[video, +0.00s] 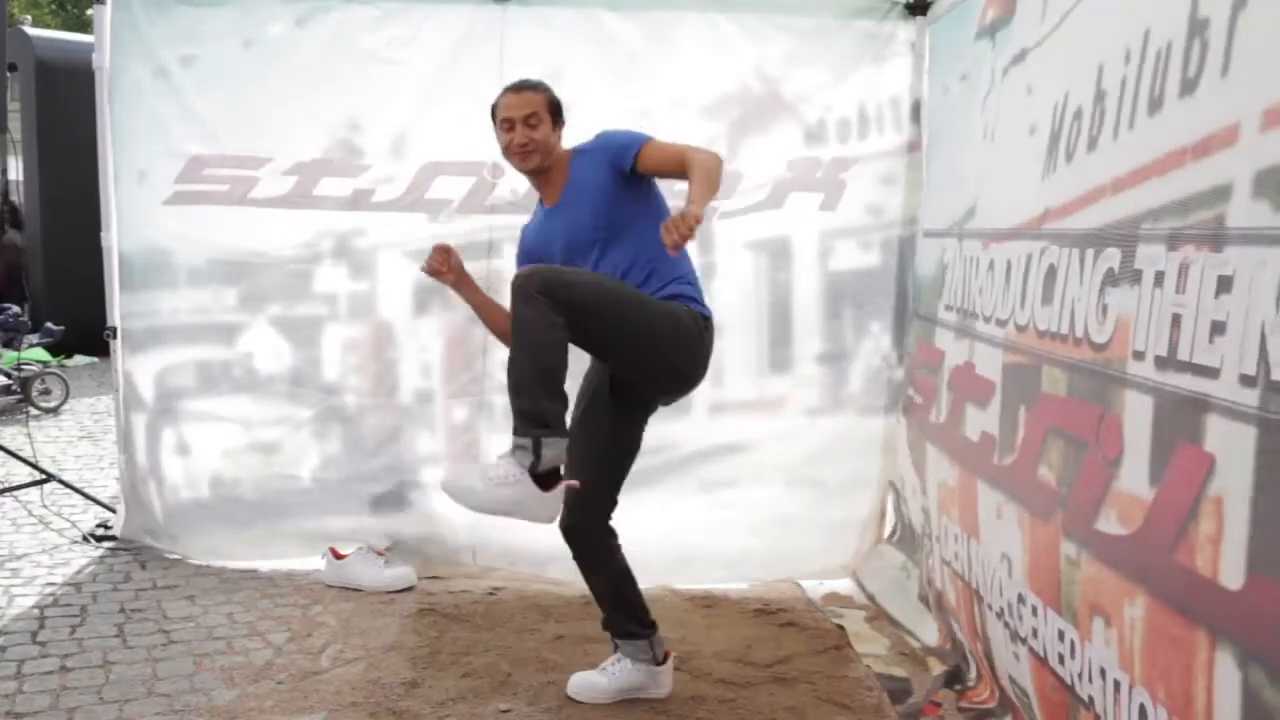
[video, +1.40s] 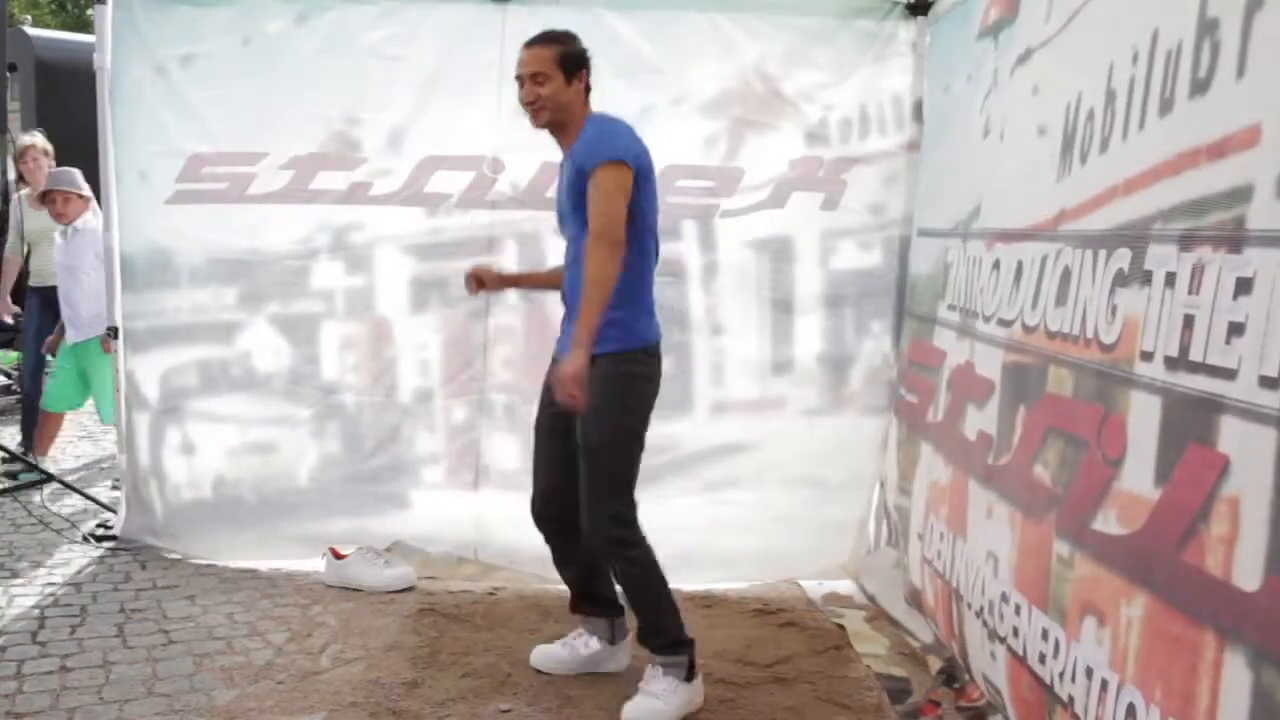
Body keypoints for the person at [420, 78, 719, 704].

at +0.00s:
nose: (520, 136)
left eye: (533, 122)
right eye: (507, 127)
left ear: (558, 127)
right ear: (498, 140)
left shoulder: (605, 154)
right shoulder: (535, 238)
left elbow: (704, 162)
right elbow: (523, 336)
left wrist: (692, 209)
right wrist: (462, 282)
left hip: (676, 334)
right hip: (620, 366)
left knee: (537, 286)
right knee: (581, 515)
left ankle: (538, 472)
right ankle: (642, 659)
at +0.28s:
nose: (537, 78)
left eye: (550, 66)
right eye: (524, 69)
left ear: (576, 74)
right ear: (514, 85)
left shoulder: (628, 114)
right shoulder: (540, 180)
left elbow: (721, 173)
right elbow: (520, 279)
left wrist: (660, 209)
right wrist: (475, 232)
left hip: (669, 313)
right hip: (615, 325)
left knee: (532, 370)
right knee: (607, 490)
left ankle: (568, 556)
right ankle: (640, 649)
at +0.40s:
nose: (548, 68)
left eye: (561, 54)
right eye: (536, 59)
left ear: (591, 59)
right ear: (529, 73)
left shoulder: (647, 117)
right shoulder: (549, 160)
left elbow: (677, 224)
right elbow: (558, 271)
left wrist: (574, 228)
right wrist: (547, 244)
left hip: (650, 332)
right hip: (590, 338)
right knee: (609, 488)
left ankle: (607, 653)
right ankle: (649, 633)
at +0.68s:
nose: (554, 71)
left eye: (569, 59)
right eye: (551, 61)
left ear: (612, 70)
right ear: (554, 76)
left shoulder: (657, 149)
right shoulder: (569, 163)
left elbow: (653, 266)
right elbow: (576, 258)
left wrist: (549, 243)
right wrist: (522, 295)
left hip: (644, 359)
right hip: (584, 350)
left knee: (608, 525)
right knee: (530, 486)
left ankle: (626, 675)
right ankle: (605, 581)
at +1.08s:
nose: (557, 98)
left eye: (569, 83)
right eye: (553, 86)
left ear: (612, 86)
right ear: (587, 92)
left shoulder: (640, 146)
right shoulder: (614, 160)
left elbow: (557, 222)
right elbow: (625, 269)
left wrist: (459, 249)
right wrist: (572, 238)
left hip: (636, 365)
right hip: (588, 350)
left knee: (620, 522)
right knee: (487, 435)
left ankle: (655, 650)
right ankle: (569, 537)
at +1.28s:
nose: (537, 64)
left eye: (548, 50)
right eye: (532, 53)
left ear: (590, 50)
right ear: (550, 58)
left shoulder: (613, 100)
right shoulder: (593, 126)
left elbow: (568, 187)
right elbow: (599, 236)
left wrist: (505, 271)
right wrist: (524, 219)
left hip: (633, 329)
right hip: (581, 326)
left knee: (631, 494)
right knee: (524, 459)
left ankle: (665, 641)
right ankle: (577, 592)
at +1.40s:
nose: (527, 95)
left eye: (539, 81)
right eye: (522, 83)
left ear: (579, 82)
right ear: (527, 91)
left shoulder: (608, 141)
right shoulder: (577, 159)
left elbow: (608, 248)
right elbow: (581, 272)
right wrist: (510, 279)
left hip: (621, 358)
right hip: (578, 355)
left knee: (606, 516)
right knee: (556, 507)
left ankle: (676, 668)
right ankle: (601, 635)